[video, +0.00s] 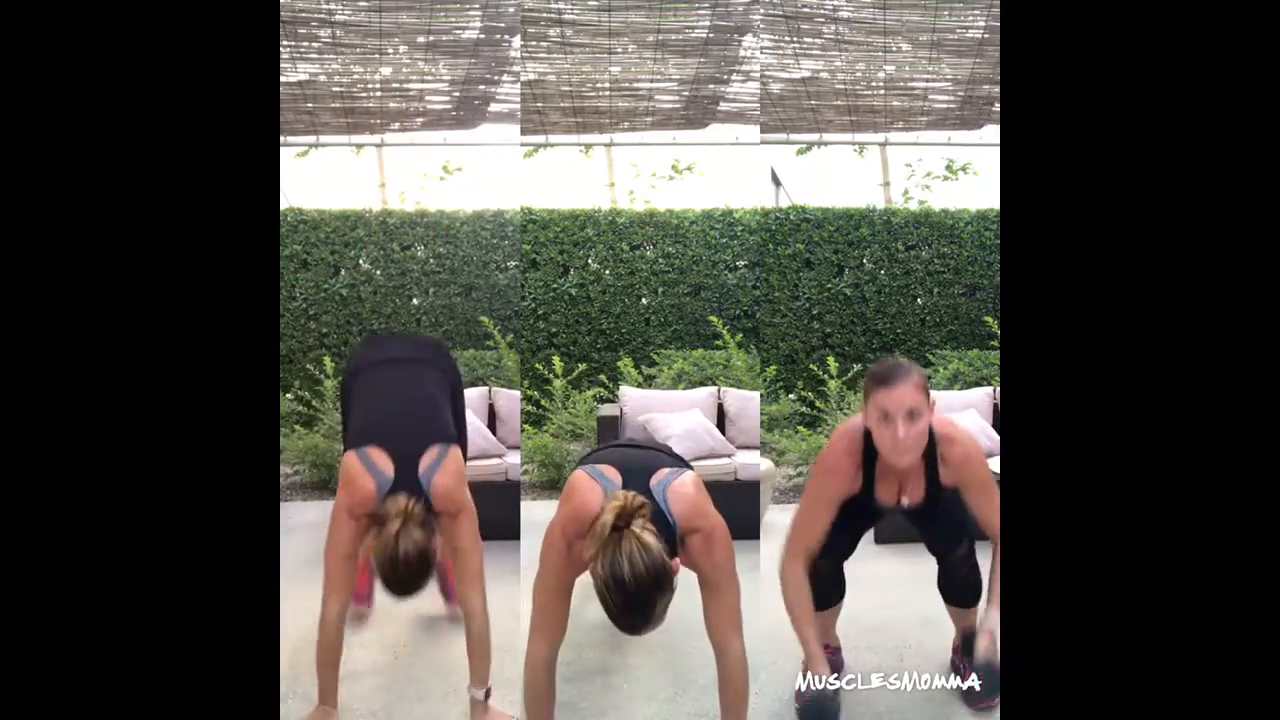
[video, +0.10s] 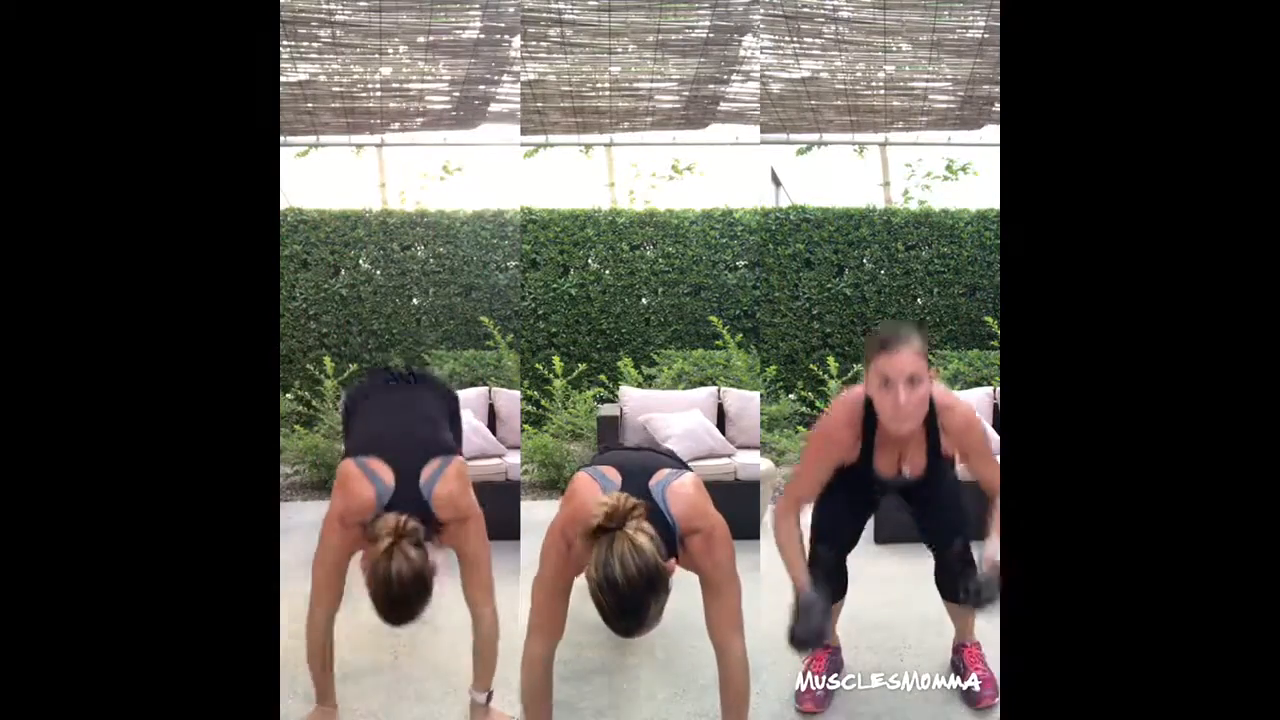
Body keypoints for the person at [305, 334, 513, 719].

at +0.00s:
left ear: (434, 537)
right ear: (374, 536)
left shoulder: (453, 494)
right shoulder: (354, 494)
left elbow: (472, 603)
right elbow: (335, 609)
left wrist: (480, 699)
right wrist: (326, 706)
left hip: (435, 360)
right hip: (366, 362)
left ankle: (449, 558)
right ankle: (361, 561)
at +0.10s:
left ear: (433, 553)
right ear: (365, 559)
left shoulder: (459, 506)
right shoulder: (349, 503)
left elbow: (484, 610)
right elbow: (321, 611)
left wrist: (481, 701)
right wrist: (325, 704)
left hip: (436, 395)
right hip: (364, 397)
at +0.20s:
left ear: (437, 553)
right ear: (366, 553)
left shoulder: (459, 499)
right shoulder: (350, 500)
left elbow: (485, 613)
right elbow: (322, 616)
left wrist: (481, 701)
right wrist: (325, 707)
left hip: (437, 428)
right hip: (367, 429)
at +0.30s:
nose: (412, 602)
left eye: (422, 594)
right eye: (401, 597)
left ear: (437, 547)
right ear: (370, 549)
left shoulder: (460, 499)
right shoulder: (352, 491)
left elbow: (485, 612)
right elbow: (322, 613)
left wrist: (481, 701)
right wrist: (326, 706)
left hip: (439, 453)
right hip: (372, 454)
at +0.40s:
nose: (414, 606)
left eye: (423, 598)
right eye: (401, 602)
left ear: (440, 553)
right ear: (367, 559)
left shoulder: (462, 506)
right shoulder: (348, 506)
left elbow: (488, 613)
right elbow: (319, 617)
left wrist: (482, 700)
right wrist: (325, 706)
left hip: (437, 454)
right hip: (370, 456)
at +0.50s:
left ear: (439, 552)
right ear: (366, 558)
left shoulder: (458, 500)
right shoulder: (352, 494)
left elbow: (485, 612)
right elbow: (323, 613)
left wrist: (481, 702)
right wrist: (325, 707)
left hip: (435, 419)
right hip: (369, 419)